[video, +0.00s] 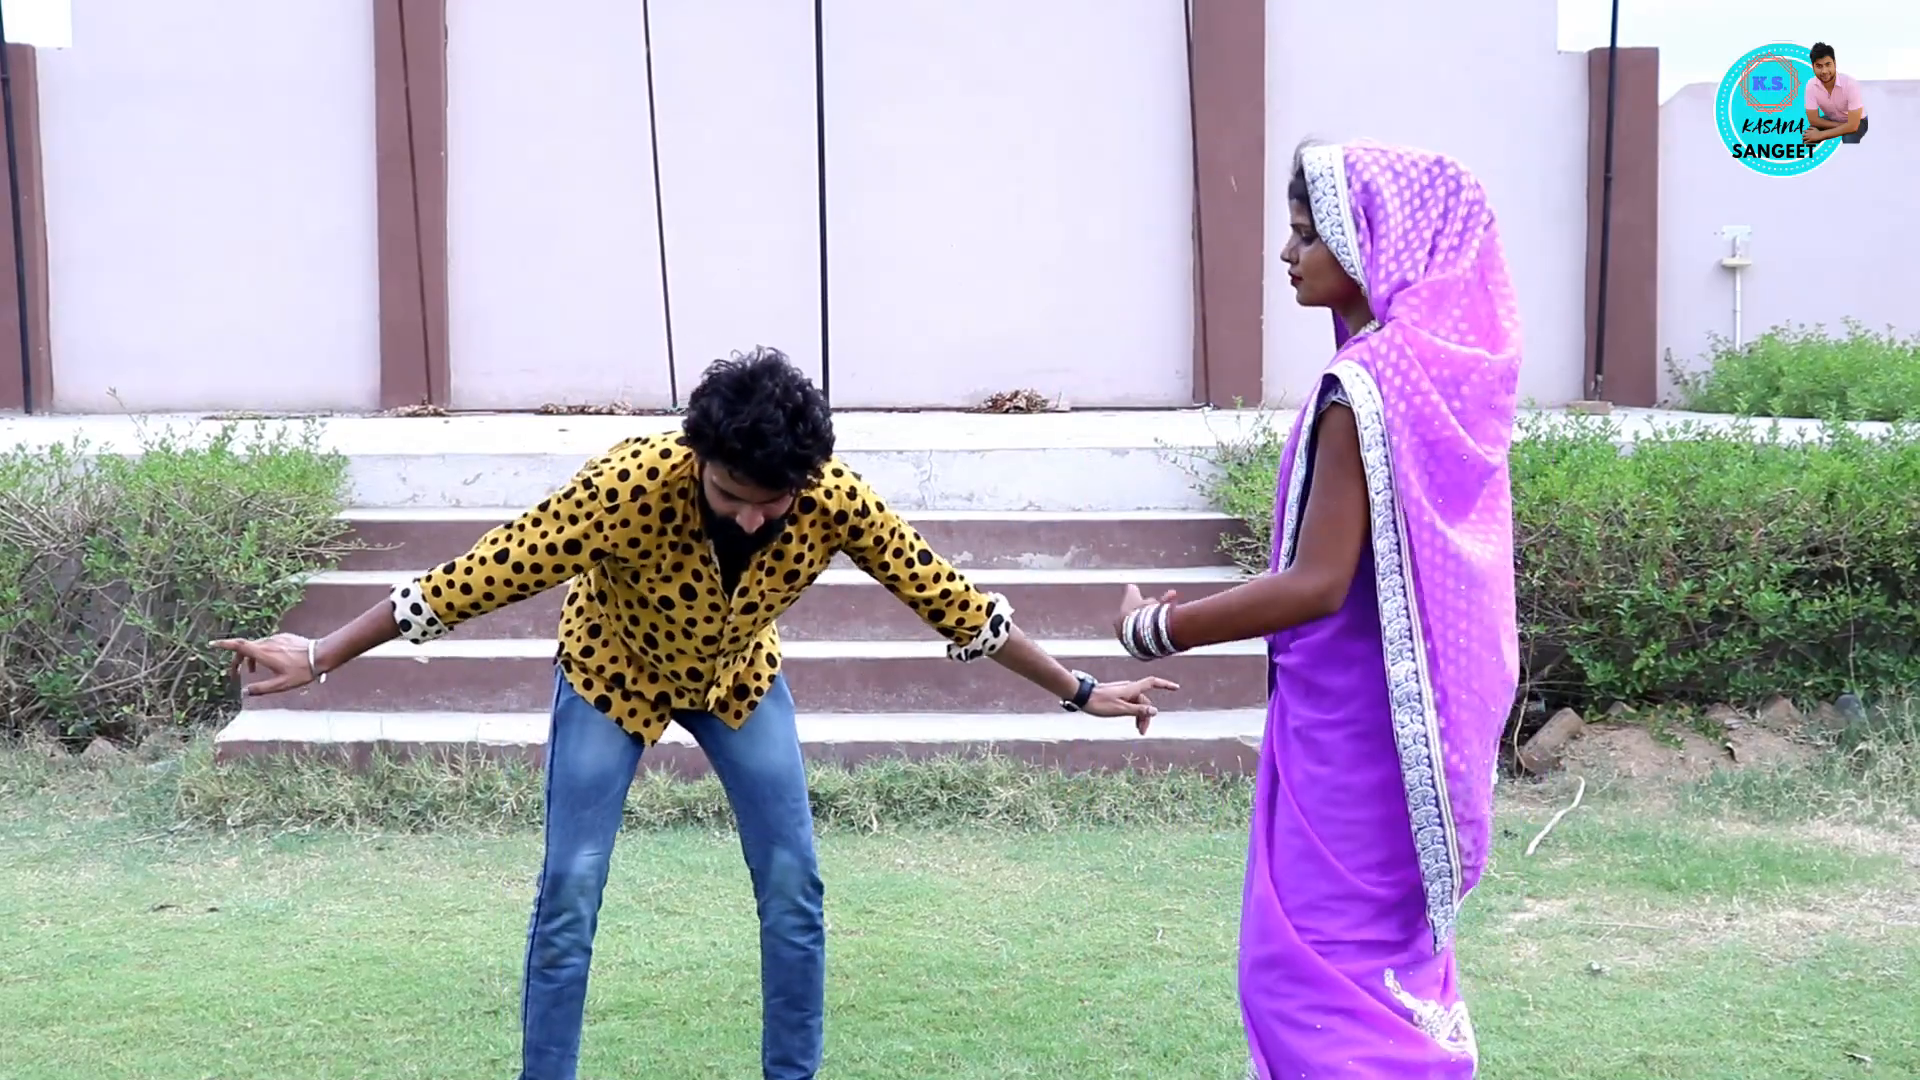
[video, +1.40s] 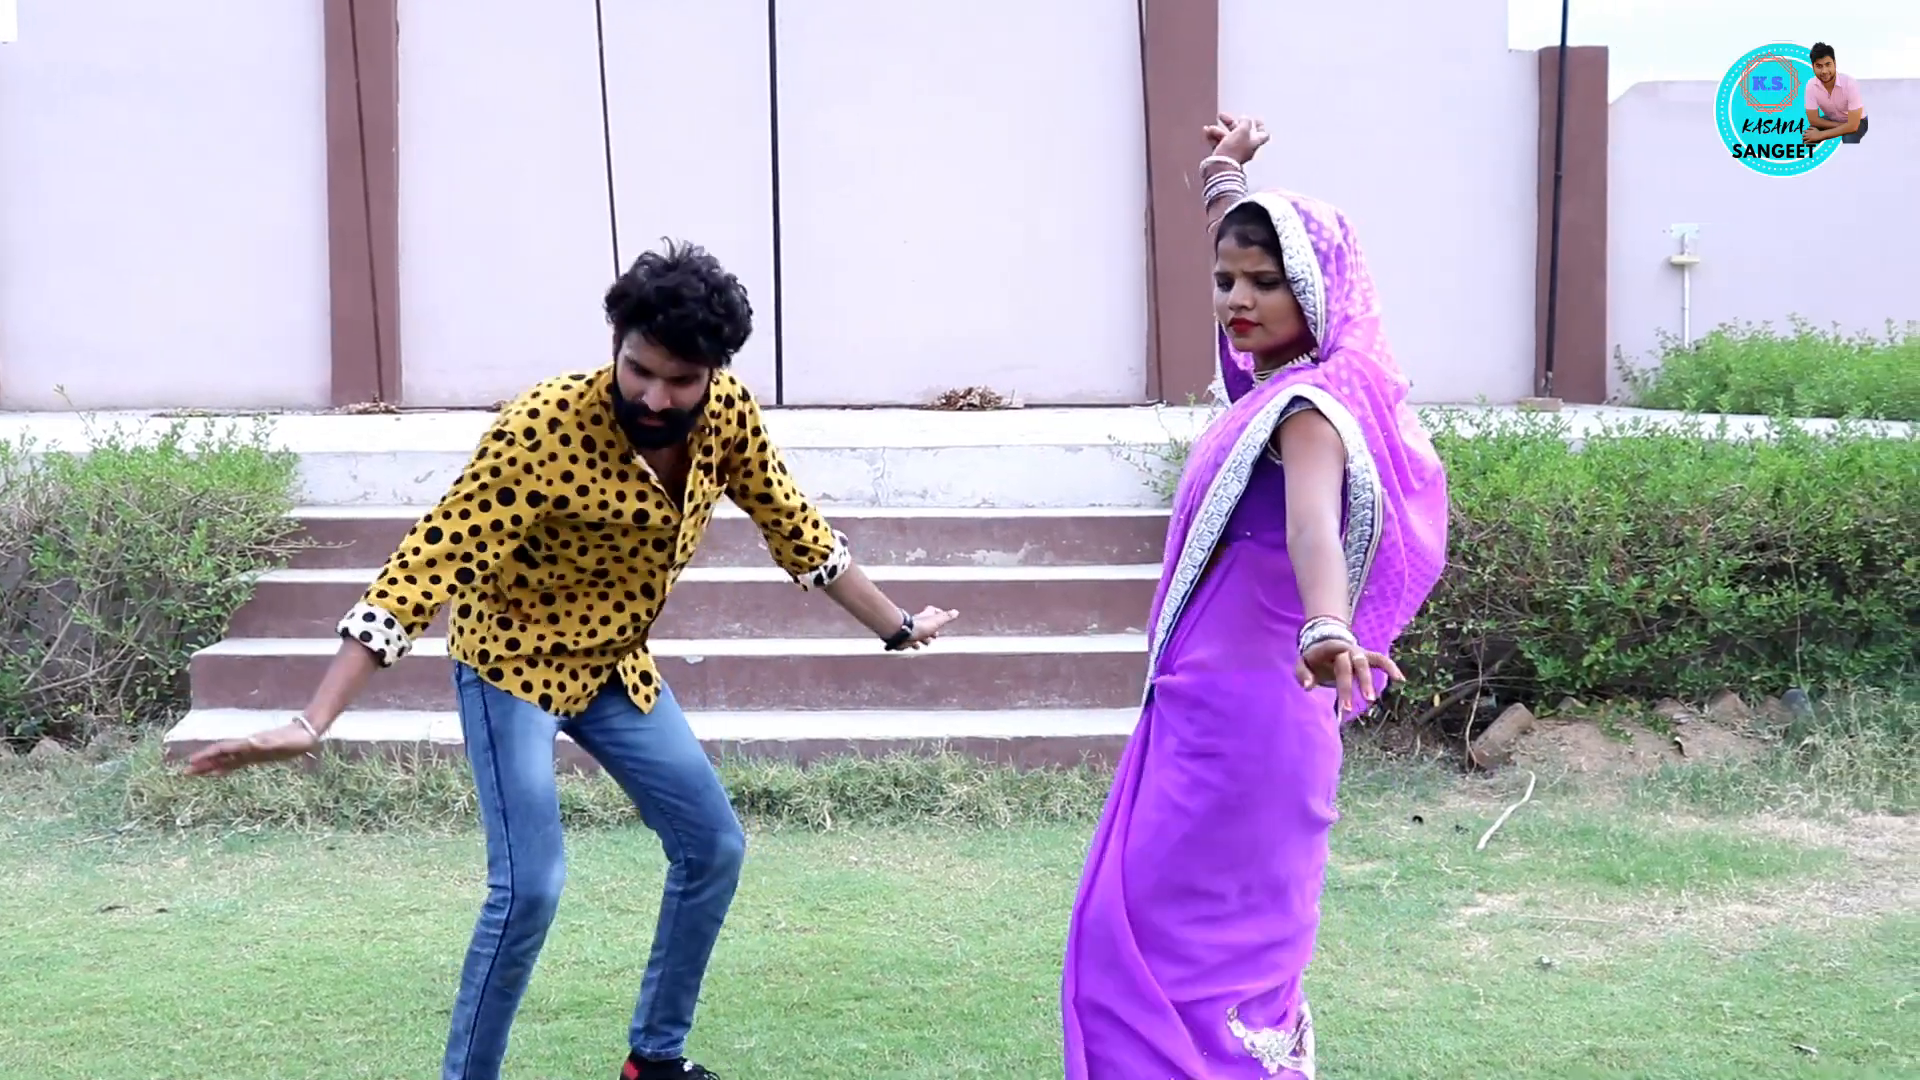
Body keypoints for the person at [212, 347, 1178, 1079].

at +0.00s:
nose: (755, 516)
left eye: (776, 501)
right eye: (739, 495)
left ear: (805, 475)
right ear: (702, 456)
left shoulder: (828, 492)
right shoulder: (633, 479)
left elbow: (941, 594)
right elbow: (489, 570)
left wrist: (1072, 690)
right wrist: (322, 652)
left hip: (736, 667)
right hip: (610, 665)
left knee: (793, 870)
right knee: (570, 885)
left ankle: (793, 1069)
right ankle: (546, 1071)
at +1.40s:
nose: (655, 396)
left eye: (680, 380)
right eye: (640, 370)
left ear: (714, 369)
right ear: (615, 344)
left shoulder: (726, 419)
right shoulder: (546, 427)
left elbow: (799, 532)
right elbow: (427, 560)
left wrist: (895, 626)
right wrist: (315, 719)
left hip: (611, 662)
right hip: (503, 659)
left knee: (713, 845)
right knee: (529, 888)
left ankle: (656, 1059)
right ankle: (468, 1073)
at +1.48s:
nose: (630, 370)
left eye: (655, 353)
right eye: (611, 346)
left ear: (682, 353)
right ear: (579, 333)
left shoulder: (694, 444)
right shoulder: (510, 423)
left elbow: (781, 542)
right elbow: (434, 569)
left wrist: (894, 613)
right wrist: (367, 712)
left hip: (603, 681)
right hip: (497, 678)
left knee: (720, 872)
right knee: (519, 914)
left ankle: (644, 1064)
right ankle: (459, 1073)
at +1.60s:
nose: (574, 302)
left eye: (593, 281)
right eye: (550, 281)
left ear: (617, 287)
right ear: (514, 285)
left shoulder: (622, 388)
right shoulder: (467, 400)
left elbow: (718, 489)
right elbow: (361, 532)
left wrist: (835, 551)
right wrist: (244, 652)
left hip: (578, 680)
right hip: (465, 685)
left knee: (673, 876)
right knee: (470, 918)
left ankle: (600, 1066)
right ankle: (413, 1072)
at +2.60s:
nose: (387, 193)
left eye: (397, 173)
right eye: (357, 189)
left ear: (427, 193)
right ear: (330, 227)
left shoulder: (472, 326)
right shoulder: (341, 325)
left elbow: (614, 339)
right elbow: (267, 397)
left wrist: (761, 318)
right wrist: (176, 455)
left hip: (509, 650)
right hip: (412, 661)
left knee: (582, 850)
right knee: (397, 903)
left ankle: (550, 1062)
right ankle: (349, 1072)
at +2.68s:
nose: (379, 195)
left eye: (391, 176)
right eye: (350, 188)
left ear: (419, 193)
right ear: (323, 224)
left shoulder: (465, 322)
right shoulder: (331, 328)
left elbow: (613, 336)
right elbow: (273, 402)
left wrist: (764, 310)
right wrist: (196, 452)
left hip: (510, 652)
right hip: (414, 664)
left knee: (580, 851)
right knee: (403, 907)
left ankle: (550, 1066)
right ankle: (351, 1073)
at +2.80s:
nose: (369, 212)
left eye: (380, 193)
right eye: (340, 203)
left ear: (405, 208)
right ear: (305, 238)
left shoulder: (469, 338)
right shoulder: (312, 357)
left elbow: (612, 349)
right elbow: (267, 423)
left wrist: (770, 308)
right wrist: (225, 460)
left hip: (516, 666)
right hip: (411, 679)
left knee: (588, 862)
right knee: (417, 926)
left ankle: (548, 1068)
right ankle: (360, 1072)